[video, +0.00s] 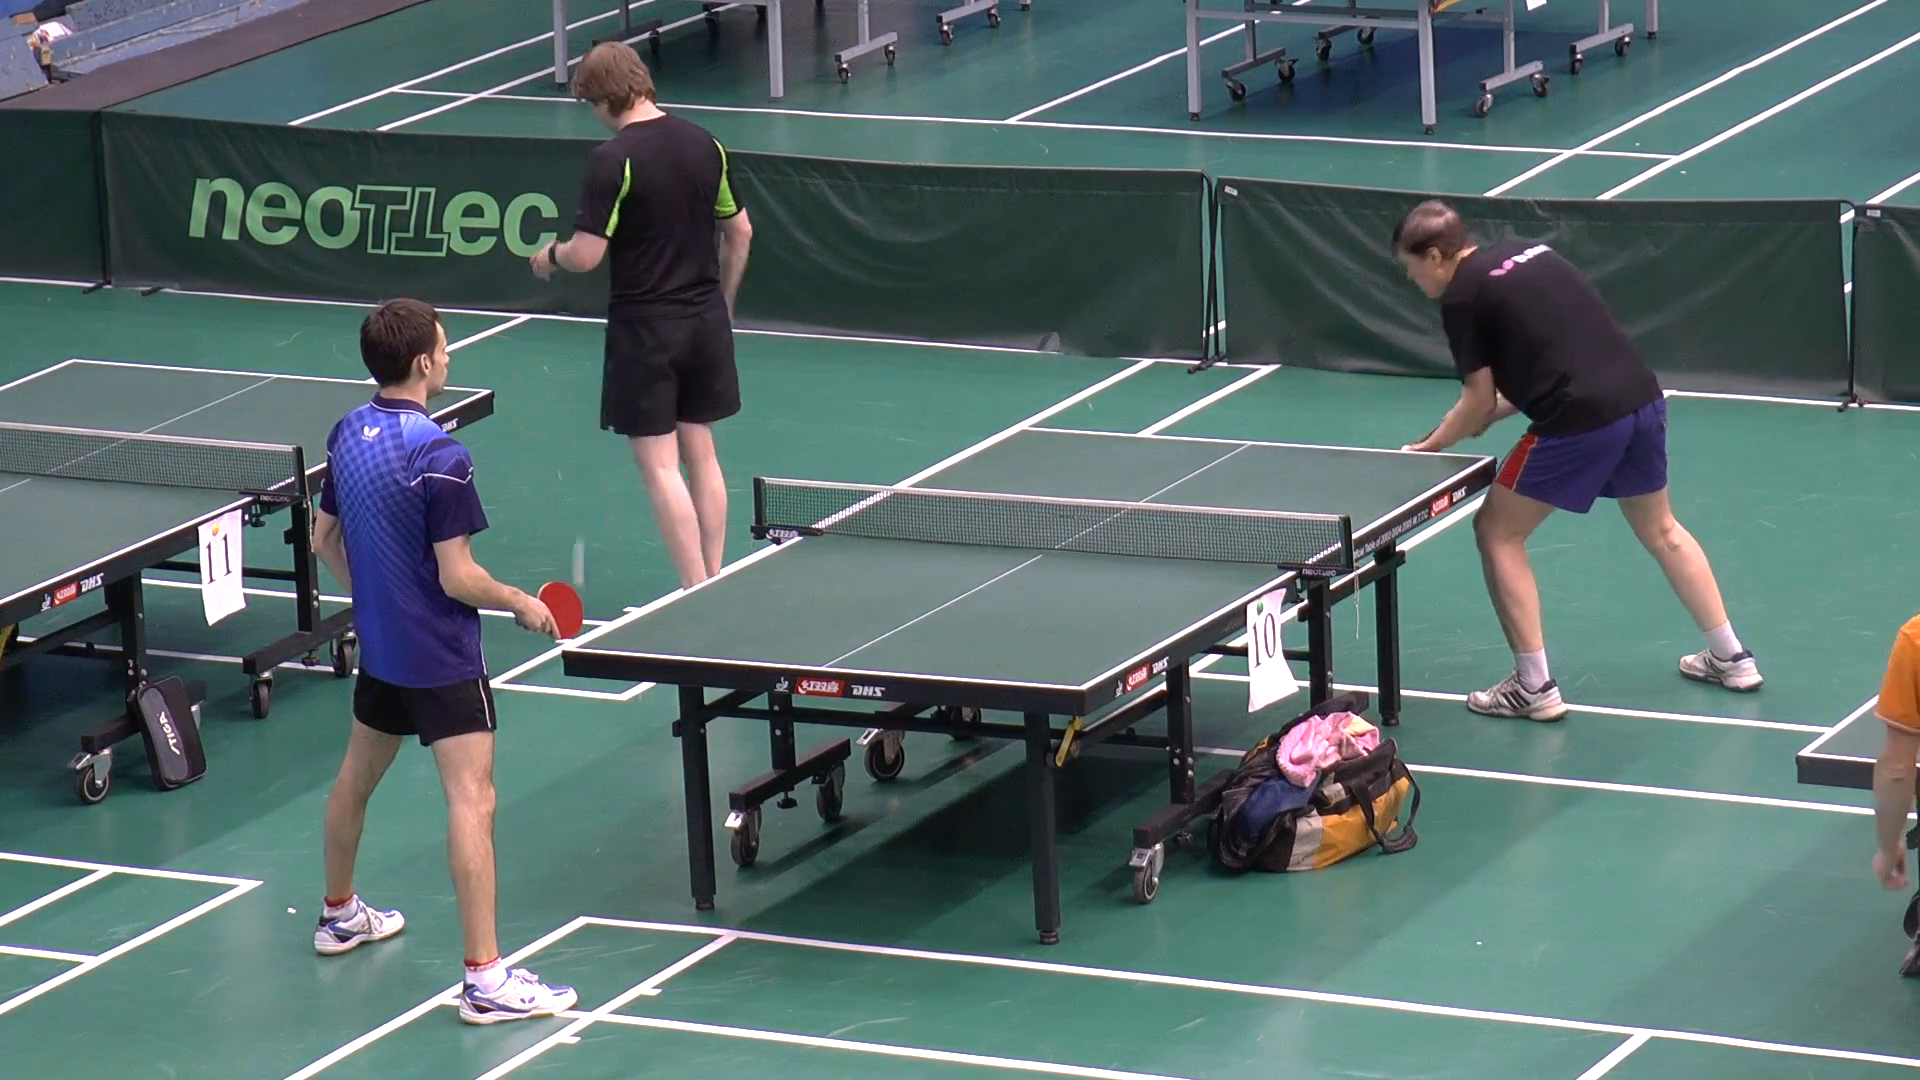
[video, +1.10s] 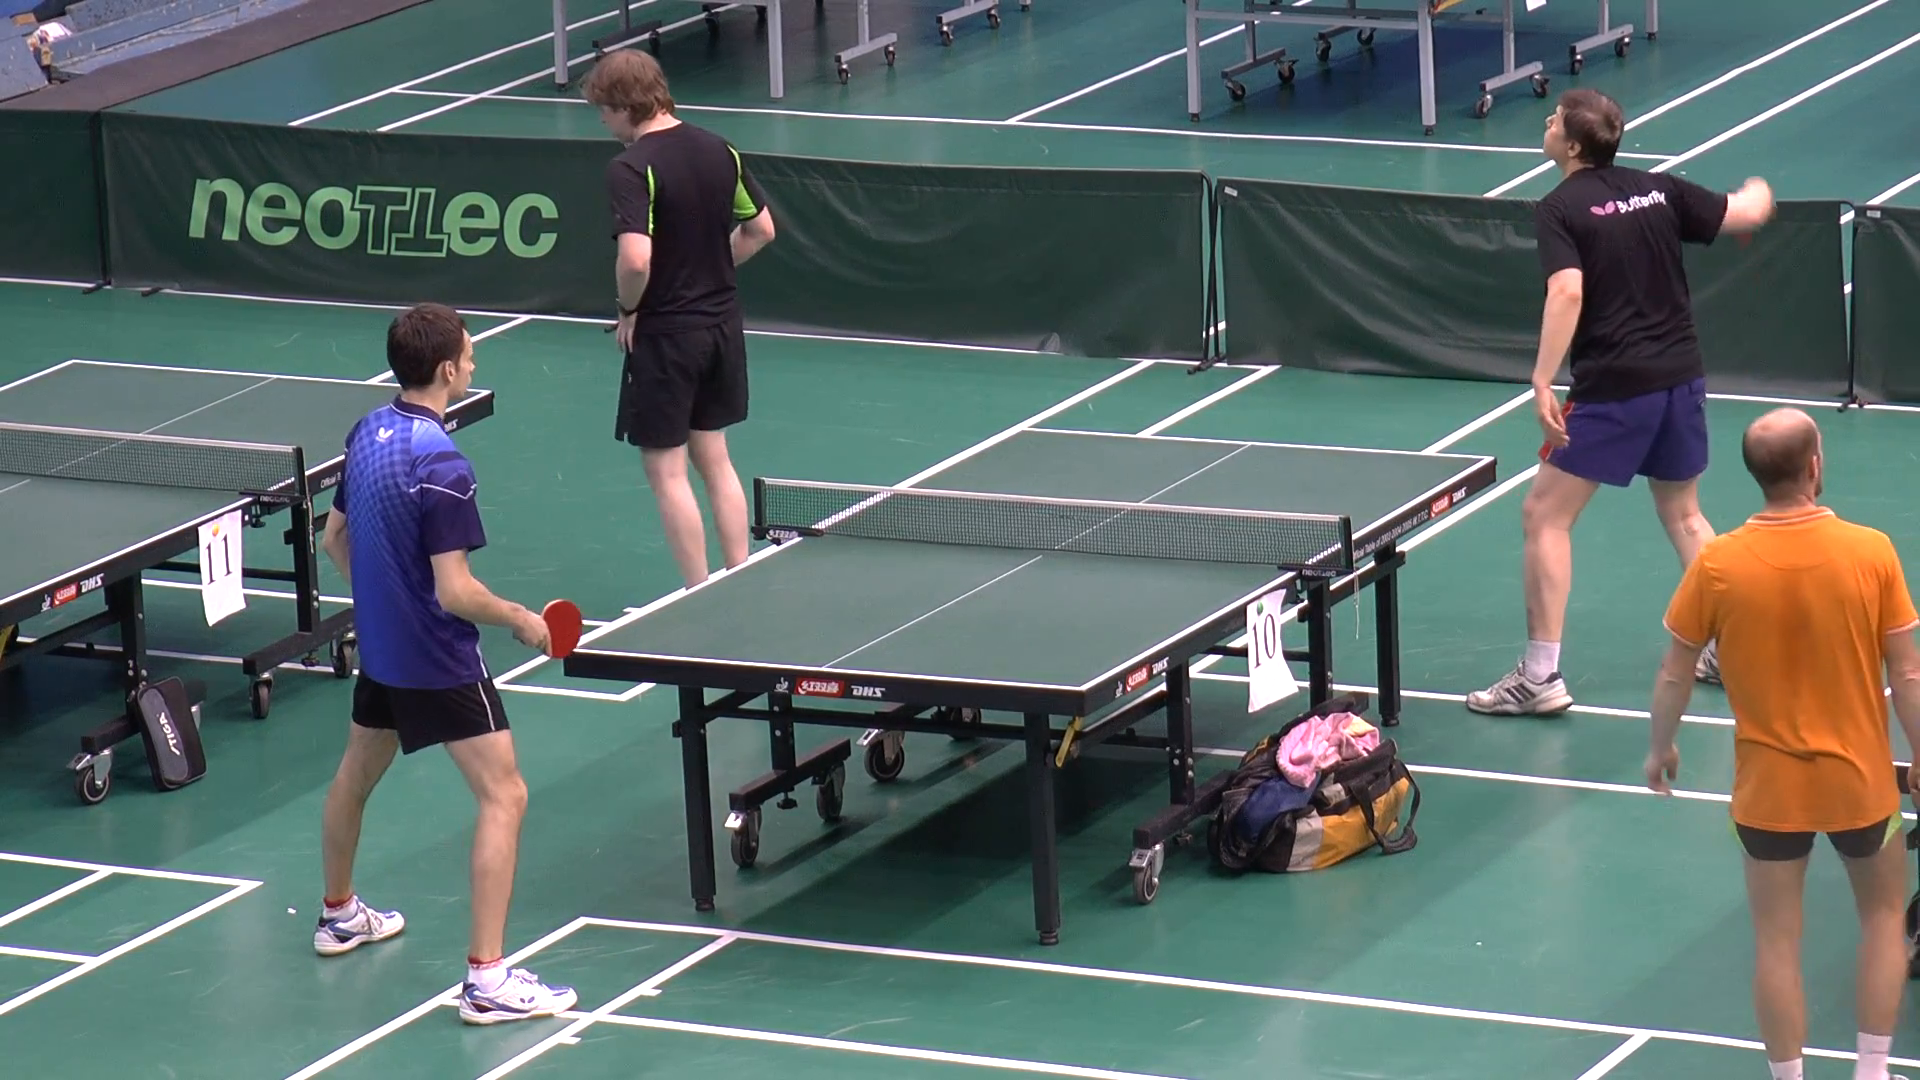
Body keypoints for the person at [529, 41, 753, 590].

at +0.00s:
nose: (592, 112)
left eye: (590, 103)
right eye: (590, 103)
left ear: (601, 100)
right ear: (644, 84)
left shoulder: (613, 157)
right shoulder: (704, 142)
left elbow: (586, 255)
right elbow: (738, 230)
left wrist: (552, 256)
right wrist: (722, 298)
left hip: (645, 331)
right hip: (705, 322)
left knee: (661, 468)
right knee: (702, 455)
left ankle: (697, 593)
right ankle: (714, 582)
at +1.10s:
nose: (604, 122)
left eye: (604, 111)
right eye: (601, 112)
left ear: (625, 105)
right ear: (659, 94)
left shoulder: (631, 165)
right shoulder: (716, 148)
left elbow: (636, 259)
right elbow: (760, 229)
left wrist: (626, 310)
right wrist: (712, 263)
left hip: (667, 339)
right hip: (723, 330)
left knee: (668, 474)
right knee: (714, 458)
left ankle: (701, 597)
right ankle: (743, 581)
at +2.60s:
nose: (465, 179)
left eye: (464, 167)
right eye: (460, 169)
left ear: (490, 152)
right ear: (510, 138)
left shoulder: (516, 204)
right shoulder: (587, 157)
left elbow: (517, 309)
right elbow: (651, 227)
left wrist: (495, 373)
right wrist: (601, 276)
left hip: (596, 338)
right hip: (660, 322)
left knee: (560, 476)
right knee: (672, 459)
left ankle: (527, 603)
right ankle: (722, 579)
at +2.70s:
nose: (475, 169)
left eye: (474, 157)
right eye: (470, 159)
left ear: (501, 144)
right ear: (522, 132)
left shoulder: (525, 199)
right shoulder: (601, 156)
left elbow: (525, 303)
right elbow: (659, 228)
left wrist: (489, 360)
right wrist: (605, 273)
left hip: (596, 342)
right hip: (661, 327)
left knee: (558, 474)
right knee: (671, 458)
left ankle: (528, 604)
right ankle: (719, 578)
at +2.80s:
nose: (480, 166)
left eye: (480, 153)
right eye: (475, 156)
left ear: (507, 141)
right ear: (529, 130)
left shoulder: (532, 199)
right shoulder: (605, 157)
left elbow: (515, 306)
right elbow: (659, 232)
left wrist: (464, 354)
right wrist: (588, 280)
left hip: (598, 340)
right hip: (663, 328)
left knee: (549, 469)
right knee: (668, 457)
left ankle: (527, 604)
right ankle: (724, 570)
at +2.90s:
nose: (476, 172)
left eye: (477, 160)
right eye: (472, 161)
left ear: (504, 149)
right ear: (527, 139)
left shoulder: (530, 208)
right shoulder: (600, 164)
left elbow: (498, 311)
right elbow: (652, 240)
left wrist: (440, 361)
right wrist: (575, 289)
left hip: (601, 340)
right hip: (663, 331)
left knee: (536, 459)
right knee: (662, 458)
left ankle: (524, 602)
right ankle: (710, 581)